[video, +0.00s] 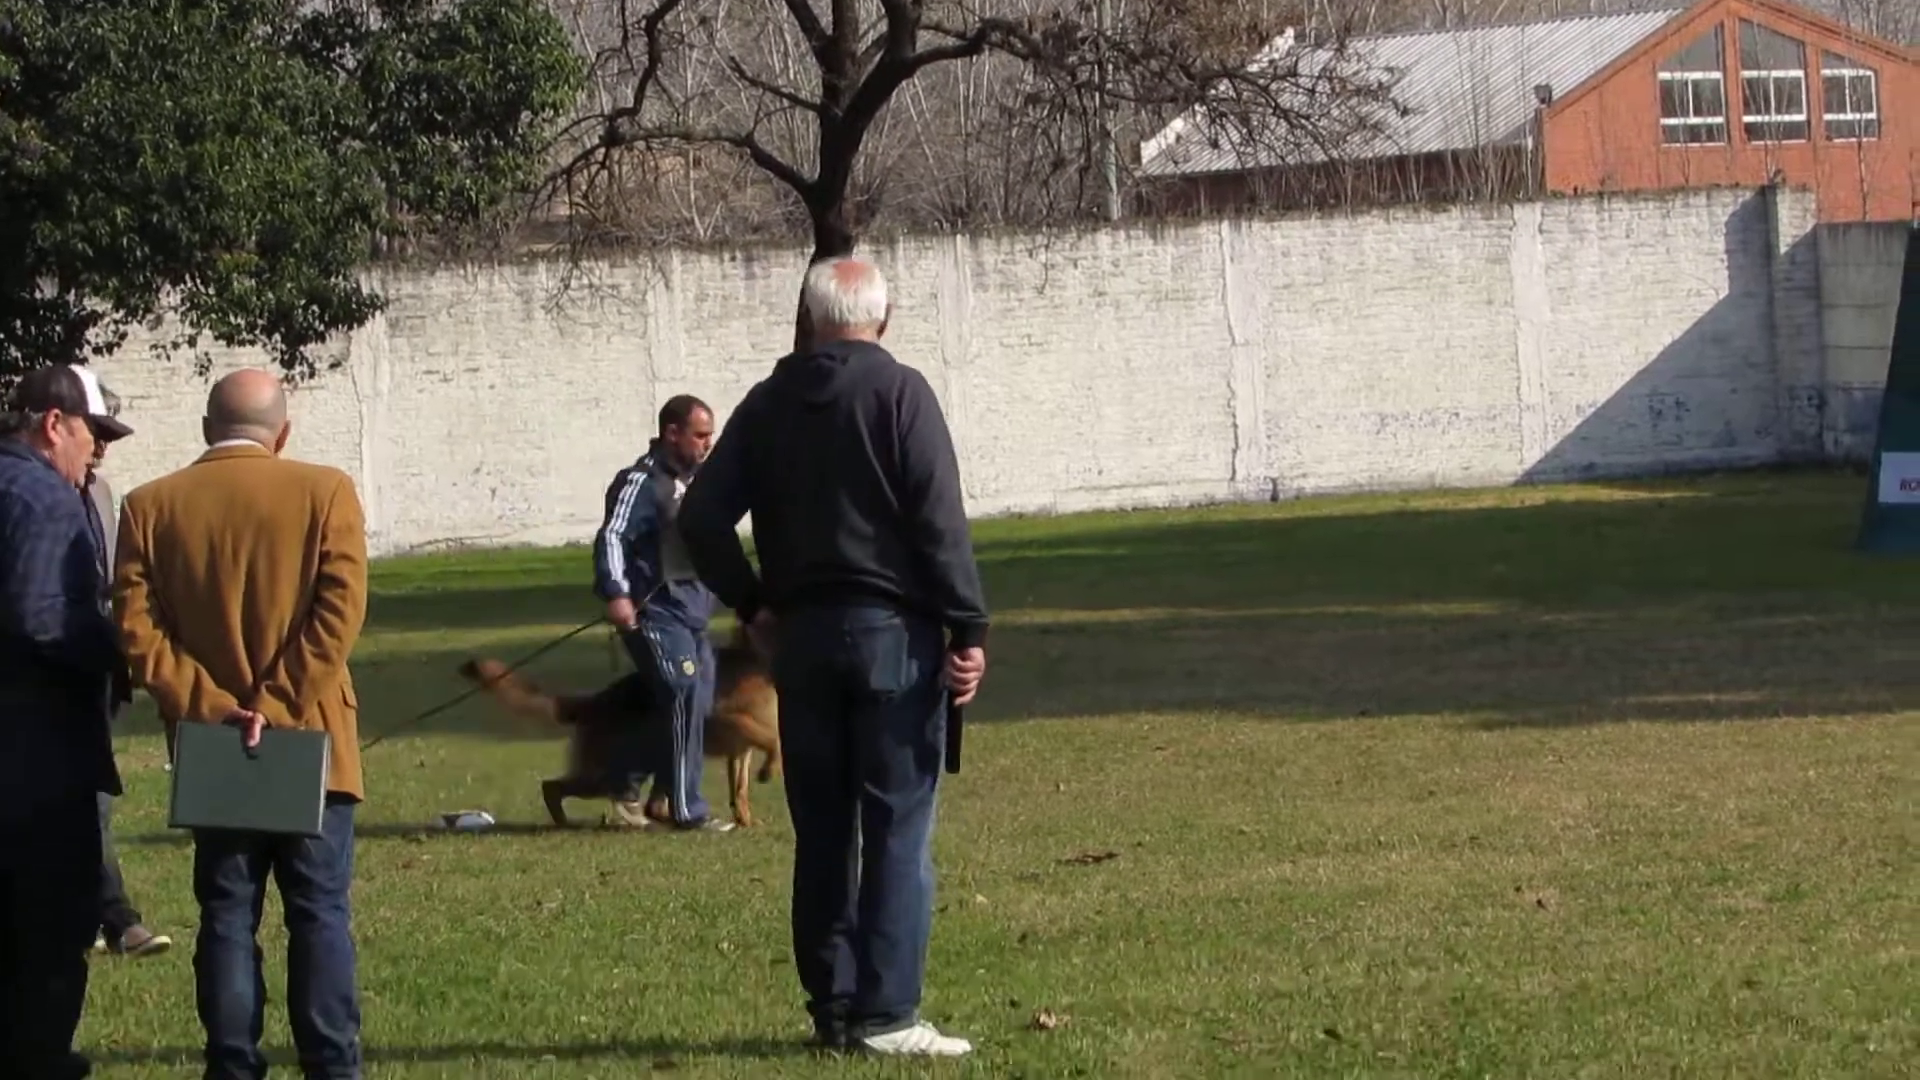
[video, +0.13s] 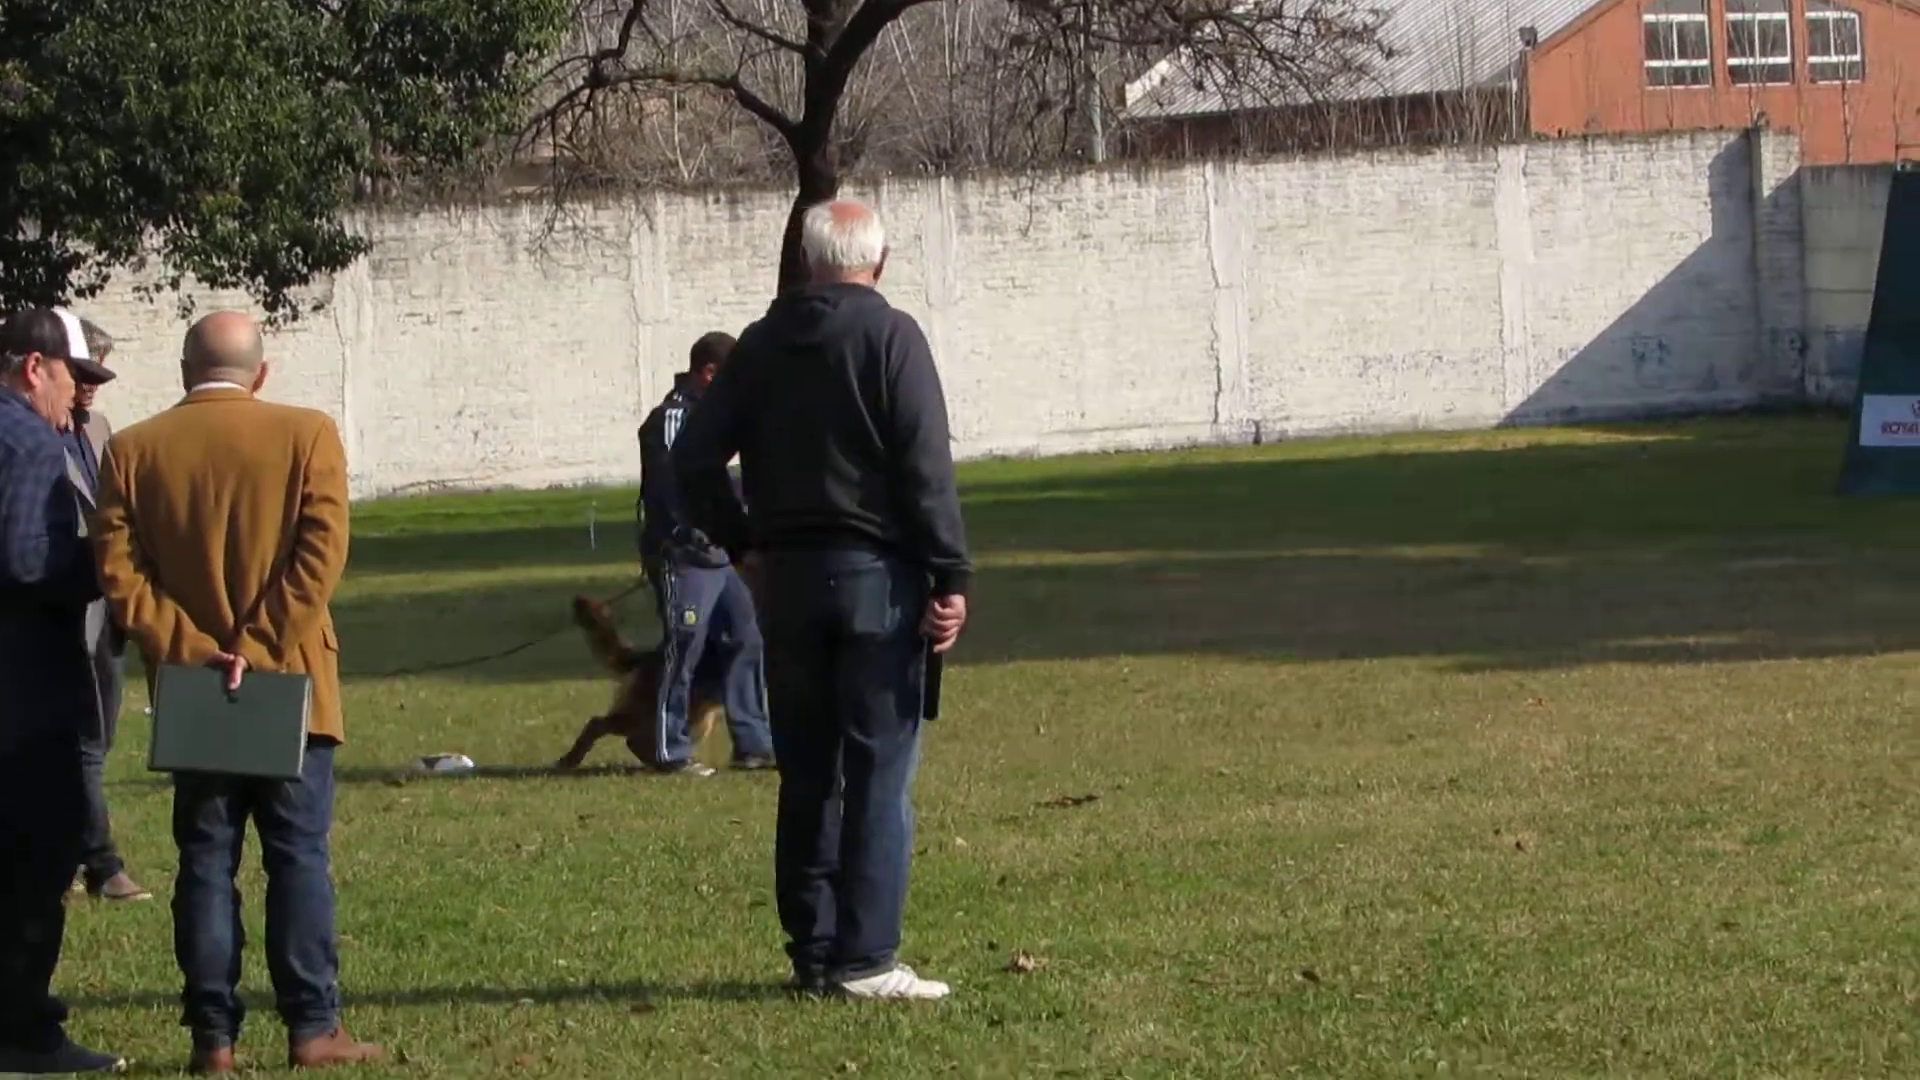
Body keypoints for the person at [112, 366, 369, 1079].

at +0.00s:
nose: (288, 432)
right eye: (288, 424)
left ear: (208, 426)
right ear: (281, 430)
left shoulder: (150, 504)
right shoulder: (327, 490)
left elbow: (136, 630)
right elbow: (341, 612)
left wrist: (210, 706)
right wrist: (279, 700)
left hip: (209, 758)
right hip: (316, 751)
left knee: (225, 909)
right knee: (320, 908)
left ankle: (232, 1066)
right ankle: (333, 1065)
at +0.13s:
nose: (267, 374)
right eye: (266, 365)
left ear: (186, 368)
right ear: (262, 372)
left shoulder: (133, 448)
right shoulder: (309, 434)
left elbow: (118, 575)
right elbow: (319, 555)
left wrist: (189, 649)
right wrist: (260, 648)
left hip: (191, 702)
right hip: (295, 698)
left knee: (205, 859)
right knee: (300, 857)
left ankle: (213, 1037)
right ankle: (315, 1030)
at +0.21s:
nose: (237, 332)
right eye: (237, 323)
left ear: (156, 331)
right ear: (233, 332)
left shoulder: (109, 408)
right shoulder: (283, 393)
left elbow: (93, 536)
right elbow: (295, 515)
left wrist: (170, 608)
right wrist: (236, 609)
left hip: (167, 661)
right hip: (270, 657)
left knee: (180, 819)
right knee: (275, 817)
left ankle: (189, 997)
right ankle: (290, 990)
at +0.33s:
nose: (188, 291)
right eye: (187, 282)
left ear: (107, 291)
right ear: (184, 291)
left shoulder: (60, 370)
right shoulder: (237, 352)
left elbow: (47, 498)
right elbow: (250, 475)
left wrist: (128, 571)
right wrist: (192, 568)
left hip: (121, 620)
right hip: (225, 616)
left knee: (135, 776)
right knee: (230, 775)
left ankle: (143, 958)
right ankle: (244, 950)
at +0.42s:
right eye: (158, 262)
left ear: (76, 274)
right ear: (154, 272)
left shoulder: (27, 355)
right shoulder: (207, 333)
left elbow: (18, 482)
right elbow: (222, 454)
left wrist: (89, 549)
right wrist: (165, 547)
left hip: (90, 604)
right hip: (196, 598)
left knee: (105, 763)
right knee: (200, 760)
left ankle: (114, 941)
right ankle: (215, 934)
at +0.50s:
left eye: (39, 256)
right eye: (122, 245)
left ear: (42, 261)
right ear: (120, 256)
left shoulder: (10, 337)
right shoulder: (176, 319)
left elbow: (2, 471)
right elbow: (193, 441)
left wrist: (63, 537)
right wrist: (134, 534)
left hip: (58, 593)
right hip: (164, 583)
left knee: (71, 753)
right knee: (170, 745)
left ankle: (81, 930)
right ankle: (185, 922)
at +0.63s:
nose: (69, 233)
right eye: (70, 225)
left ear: (0, 233)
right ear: (65, 235)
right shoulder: (118, 297)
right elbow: (137, 419)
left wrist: (22, 520)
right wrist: (77, 508)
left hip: (9, 564)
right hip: (105, 562)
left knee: (18, 730)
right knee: (111, 725)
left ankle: (24, 908)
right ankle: (126, 899)